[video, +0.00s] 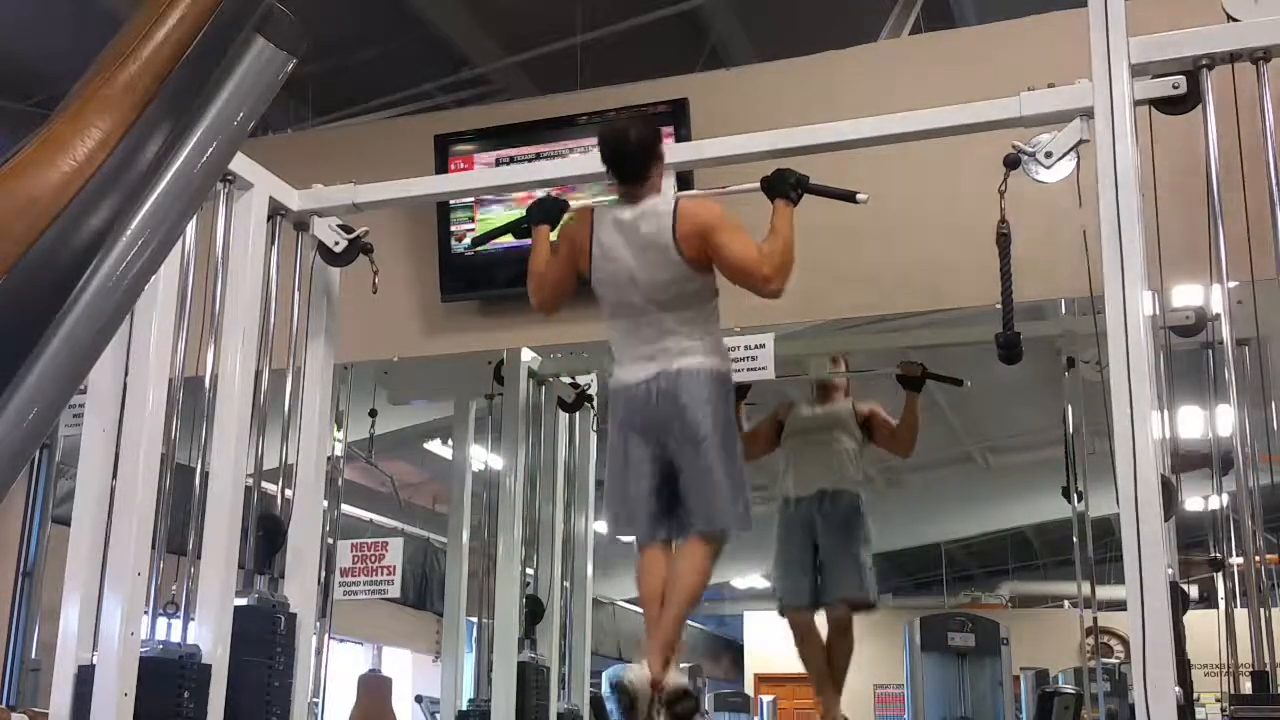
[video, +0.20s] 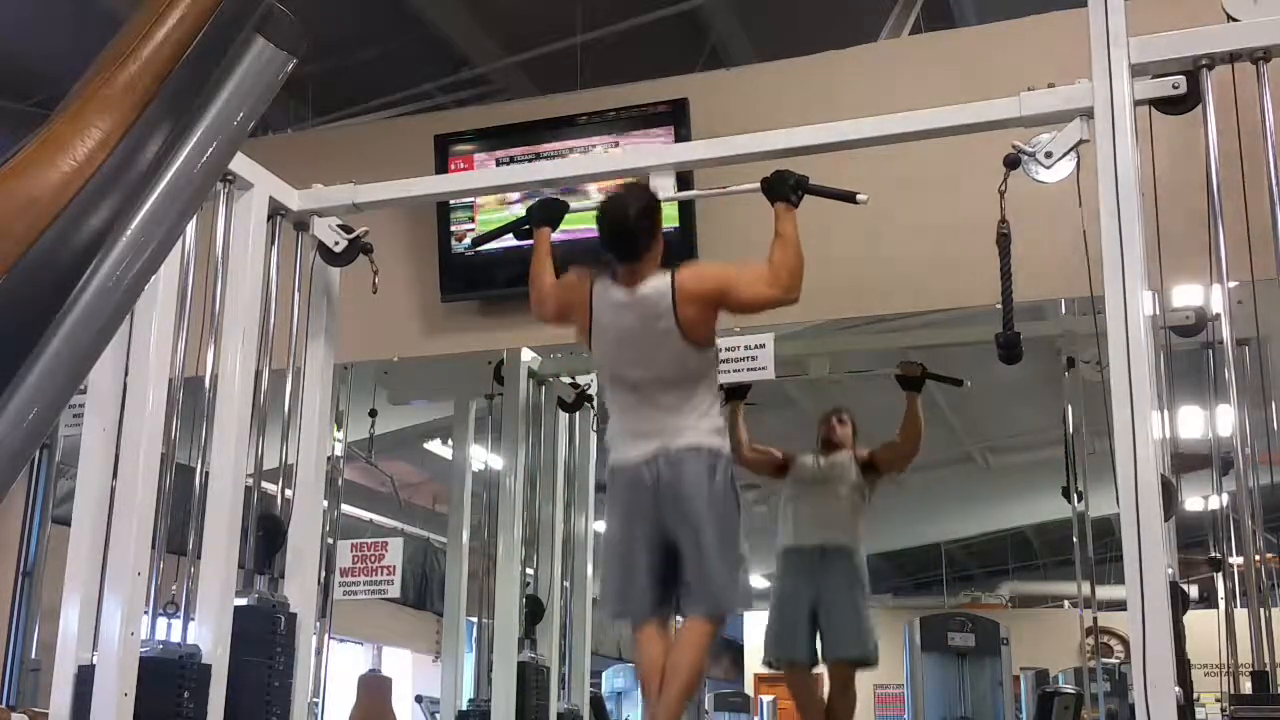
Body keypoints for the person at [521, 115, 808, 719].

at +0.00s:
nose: (659, 153)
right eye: (659, 145)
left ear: (607, 169)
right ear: (661, 155)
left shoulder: (584, 227)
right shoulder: (696, 215)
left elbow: (544, 297)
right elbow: (771, 278)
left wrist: (540, 230)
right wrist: (784, 204)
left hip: (631, 391)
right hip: (694, 385)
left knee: (652, 534)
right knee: (706, 529)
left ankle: (665, 671)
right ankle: (653, 665)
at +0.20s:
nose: (661, 228)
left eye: (650, 224)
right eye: (659, 222)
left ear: (605, 238)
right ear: (660, 231)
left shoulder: (588, 292)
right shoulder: (696, 284)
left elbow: (545, 302)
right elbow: (782, 285)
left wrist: (541, 235)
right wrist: (786, 209)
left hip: (630, 469)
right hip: (696, 463)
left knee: (646, 611)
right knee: (704, 606)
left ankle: (659, 719)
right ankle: (661, 716)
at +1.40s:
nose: (660, 231)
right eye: (658, 226)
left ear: (607, 251)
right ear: (660, 239)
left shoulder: (588, 300)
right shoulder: (696, 289)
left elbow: (545, 300)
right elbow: (784, 287)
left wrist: (543, 234)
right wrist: (785, 207)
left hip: (626, 484)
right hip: (693, 479)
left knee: (636, 626)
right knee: (708, 617)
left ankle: (649, 718)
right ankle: (659, 716)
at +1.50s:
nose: (660, 281)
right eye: (660, 274)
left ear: (611, 288)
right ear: (663, 280)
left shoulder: (590, 336)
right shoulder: (700, 320)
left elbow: (549, 302)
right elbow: (781, 288)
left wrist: (544, 234)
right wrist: (784, 207)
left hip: (625, 516)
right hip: (693, 511)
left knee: (629, 660)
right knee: (705, 655)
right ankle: (660, 719)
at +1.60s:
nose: (663, 300)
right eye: (659, 295)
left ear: (609, 317)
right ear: (661, 306)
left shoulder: (591, 357)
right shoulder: (699, 343)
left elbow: (551, 302)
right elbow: (773, 292)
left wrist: (544, 235)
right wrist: (783, 209)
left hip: (622, 533)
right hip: (692, 529)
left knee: (620, 683)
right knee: (693, 681)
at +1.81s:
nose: (668, 291)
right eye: (664, 284)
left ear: (609, 304)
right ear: (660, 295)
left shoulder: (591, 346)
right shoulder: (695, 332)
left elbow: (550, 303)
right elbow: (773, 291)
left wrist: (544, 235)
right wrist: (783, 209)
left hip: (622, 523)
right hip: (691, 520)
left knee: (614, 672)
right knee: (688, 671)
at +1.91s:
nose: (663, 251)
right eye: (660, 246)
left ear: (607, 268)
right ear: (660, 259)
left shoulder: (590, 320)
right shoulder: (692, 302)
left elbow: (549, 304)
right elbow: (777, 292)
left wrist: (544, 237)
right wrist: (784, 210)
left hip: (621, 491)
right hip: (690, 486)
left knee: (618, 639)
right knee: (693, 635)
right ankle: (639, 714)